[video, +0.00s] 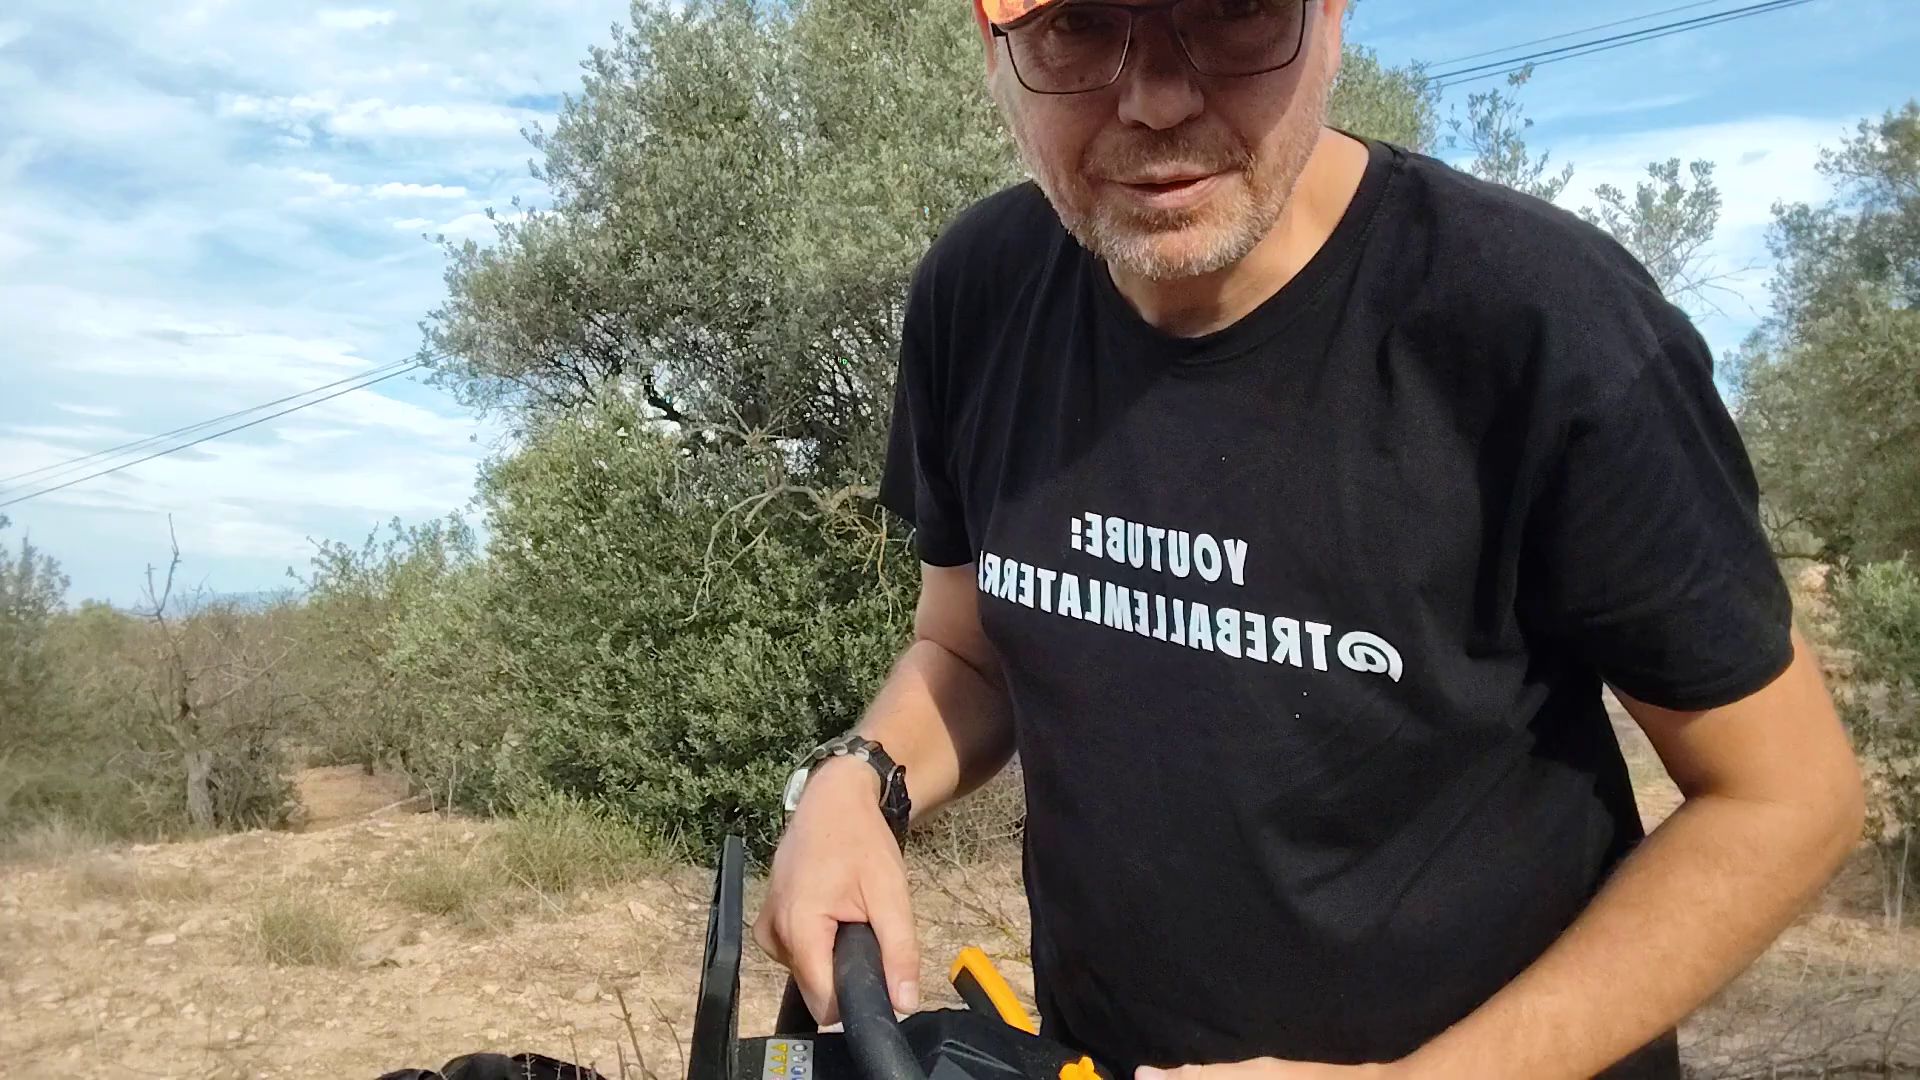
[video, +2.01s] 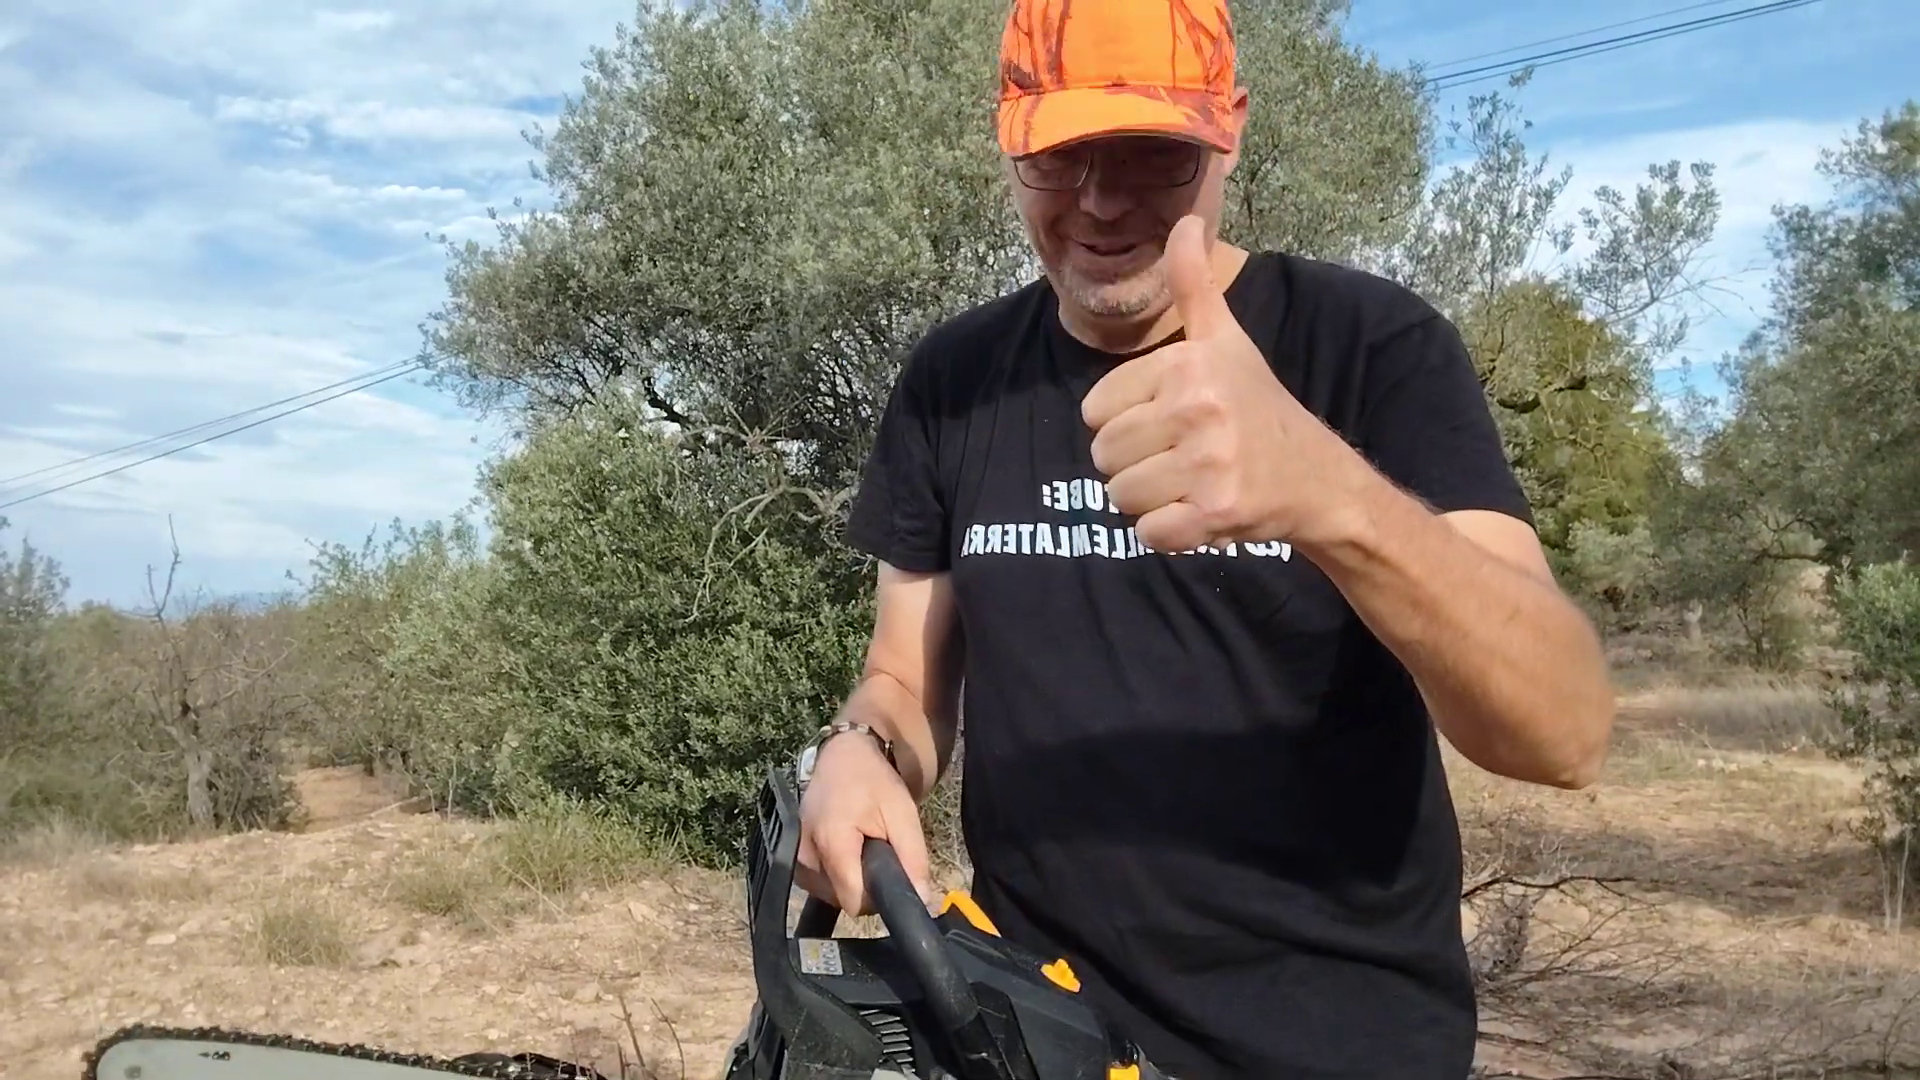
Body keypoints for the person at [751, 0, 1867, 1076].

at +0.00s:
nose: (1156, 102)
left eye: (1230, 32)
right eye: (1085, 33)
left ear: (1328, 29)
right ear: (1000, 49)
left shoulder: (1550, 321)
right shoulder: (978, 297)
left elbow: (1789, 792)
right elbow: (970, 653)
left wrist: (1439, 1073)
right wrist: (854, 790)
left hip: (1491, 1046)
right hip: (1097, 1046)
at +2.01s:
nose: (1105, 206)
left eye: (1152, 159)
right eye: (1064, 160)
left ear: (1222, 145)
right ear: (1012, 156)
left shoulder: (1372, 344)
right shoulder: (953, 382)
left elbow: (1563, 735)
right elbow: (906, 683)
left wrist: (1331, 495)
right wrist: (861, 753)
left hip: (1343, 1023)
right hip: (1051, 1015)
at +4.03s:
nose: (1152, 184)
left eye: (1198, 155)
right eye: (1122, 144)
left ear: (1256, 181)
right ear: (1072, 158)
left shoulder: (1349, 362)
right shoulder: (991, 360)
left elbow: (1450, 691)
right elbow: (884, 620)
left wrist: (1164, 773)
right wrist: (790, 575)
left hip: (1293, 1020)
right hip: (1020, 1012)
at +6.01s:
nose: (1331, 206)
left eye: (1376, 175)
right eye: (1303, 164)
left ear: (1424, 193)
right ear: (1242, 156)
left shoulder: (1485, 362)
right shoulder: (1136, 349)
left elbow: (1688, 627)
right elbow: (985, 616)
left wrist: (1635, 469)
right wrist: (1014, 842)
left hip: (1428, 1010)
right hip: (1158, 999)